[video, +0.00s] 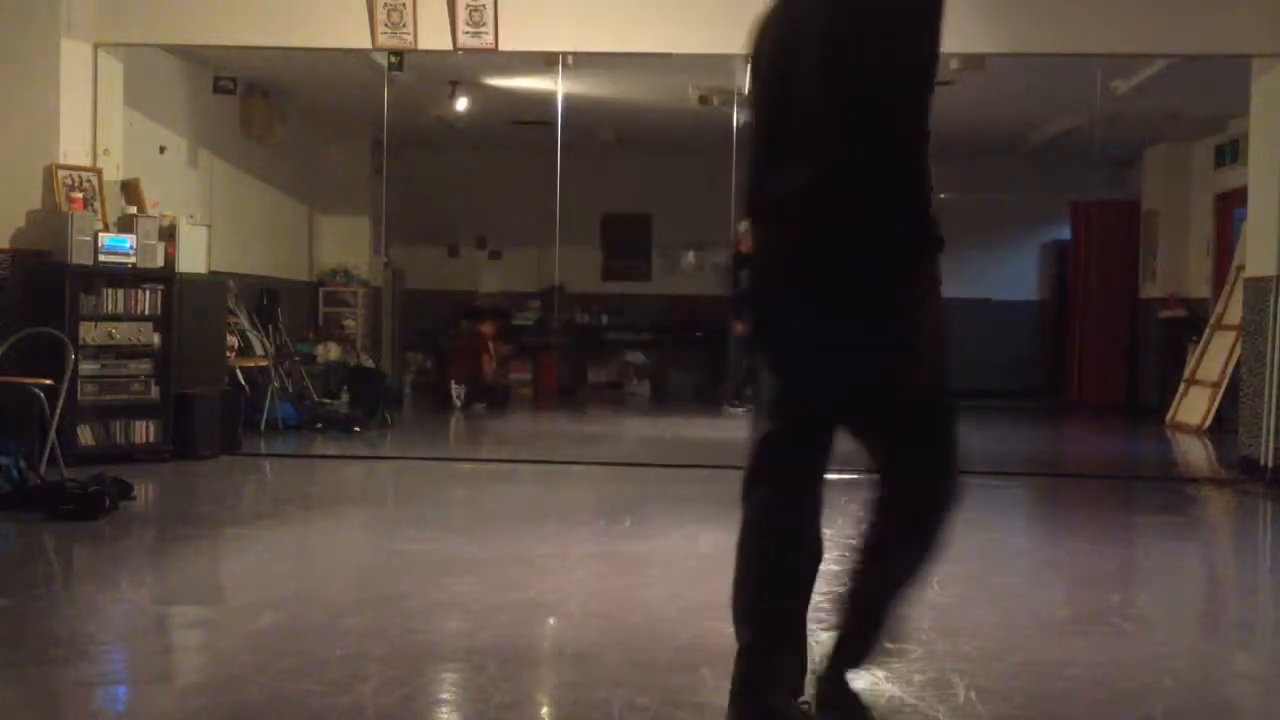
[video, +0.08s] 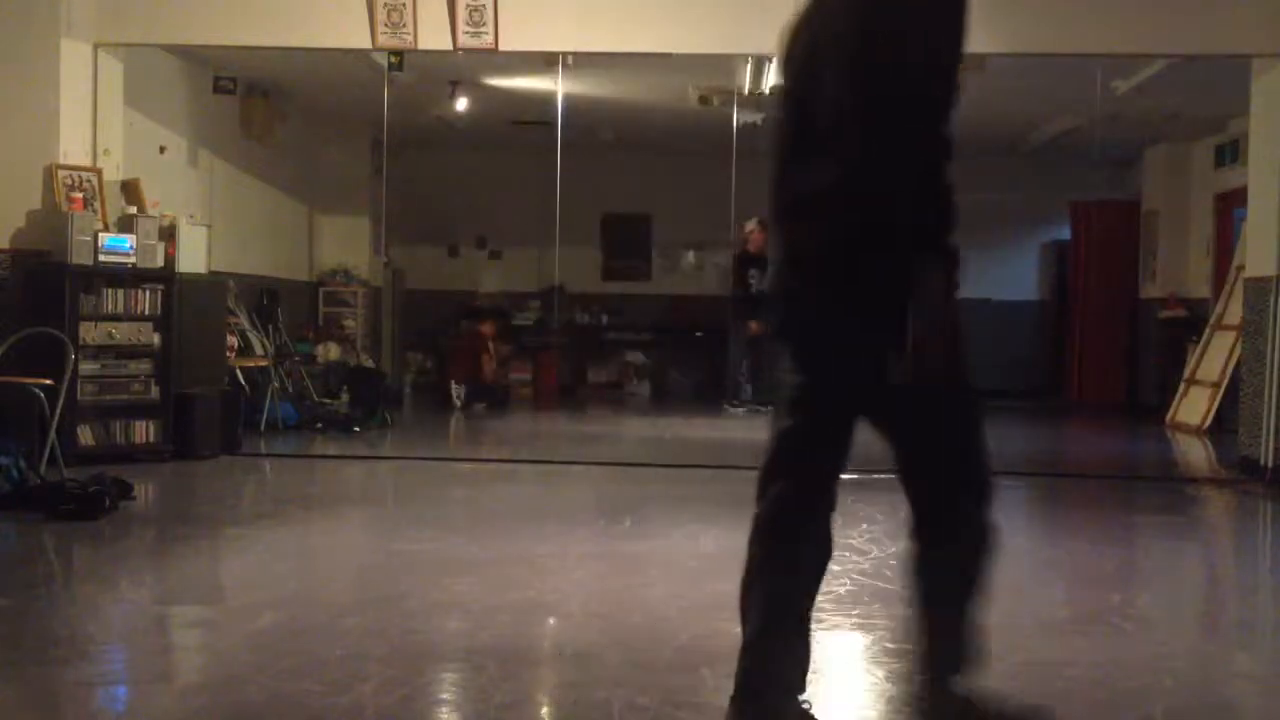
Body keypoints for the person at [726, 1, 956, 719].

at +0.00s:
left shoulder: (784, 20)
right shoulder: (907, 18)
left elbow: (766, 164)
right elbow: (894, 163)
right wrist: (919, 277)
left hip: (789, 288)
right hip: (872, 294)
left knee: (783, 489)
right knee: (921, 477)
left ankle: (762, 695)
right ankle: (840, 667)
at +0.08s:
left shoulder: (820, 20)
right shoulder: (925, 13)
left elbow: (798, 153)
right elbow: (913, 147)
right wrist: (932, 278)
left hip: (819, 286)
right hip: (893, 293)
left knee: (800, 484)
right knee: (952, 484)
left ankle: (764, 692)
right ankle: (940, 679)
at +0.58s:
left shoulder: (1015, 43)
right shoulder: (1138, 21)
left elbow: (1013, 190)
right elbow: (1145, 166)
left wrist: (1029, 299)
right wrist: (1171, 283)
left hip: (1056, 293)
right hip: (1115, 297)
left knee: (1096, 461)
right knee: (1108, 479)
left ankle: (1014, 618)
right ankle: (1051, 673)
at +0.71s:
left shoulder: (1061, 46)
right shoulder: (1193, 31)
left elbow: (1039, 195)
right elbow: (1225, 168)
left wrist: (1061, 296)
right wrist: (1260, 253)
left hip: (1074, 292)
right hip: (1157, 286)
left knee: (1156, 472)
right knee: (1119, 477)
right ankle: (1052, 674)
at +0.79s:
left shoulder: (1090, 64)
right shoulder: (1225, 51)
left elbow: (1070, 208)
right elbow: (1262, 189)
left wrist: (1067, 331)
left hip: (1097, 305)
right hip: (1178, 305)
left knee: (1180, 491)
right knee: (1127, 491)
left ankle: (1255, 656)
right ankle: (1053, 671)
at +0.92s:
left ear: (1177, 5)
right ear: (1236, 0)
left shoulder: (1133, 75)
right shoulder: (1259, 59)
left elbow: (1121, 219)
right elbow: (1253, 206)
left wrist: (1124, 340)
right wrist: (1257, 313)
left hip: (1154, 318)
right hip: (1228, 317)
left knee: (1241, 493)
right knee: (1181, 491)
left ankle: (1279, 636)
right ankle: (1071, 649)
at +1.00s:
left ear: (1206, 9)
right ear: (1259, 4)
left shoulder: (1166, 79)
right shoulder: (1265, 62)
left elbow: (1155, 224)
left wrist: (1163, 342)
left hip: (1201, 324)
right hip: (1257, 324)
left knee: (1256, 495)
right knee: (1251, 492)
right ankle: (1117, 628)